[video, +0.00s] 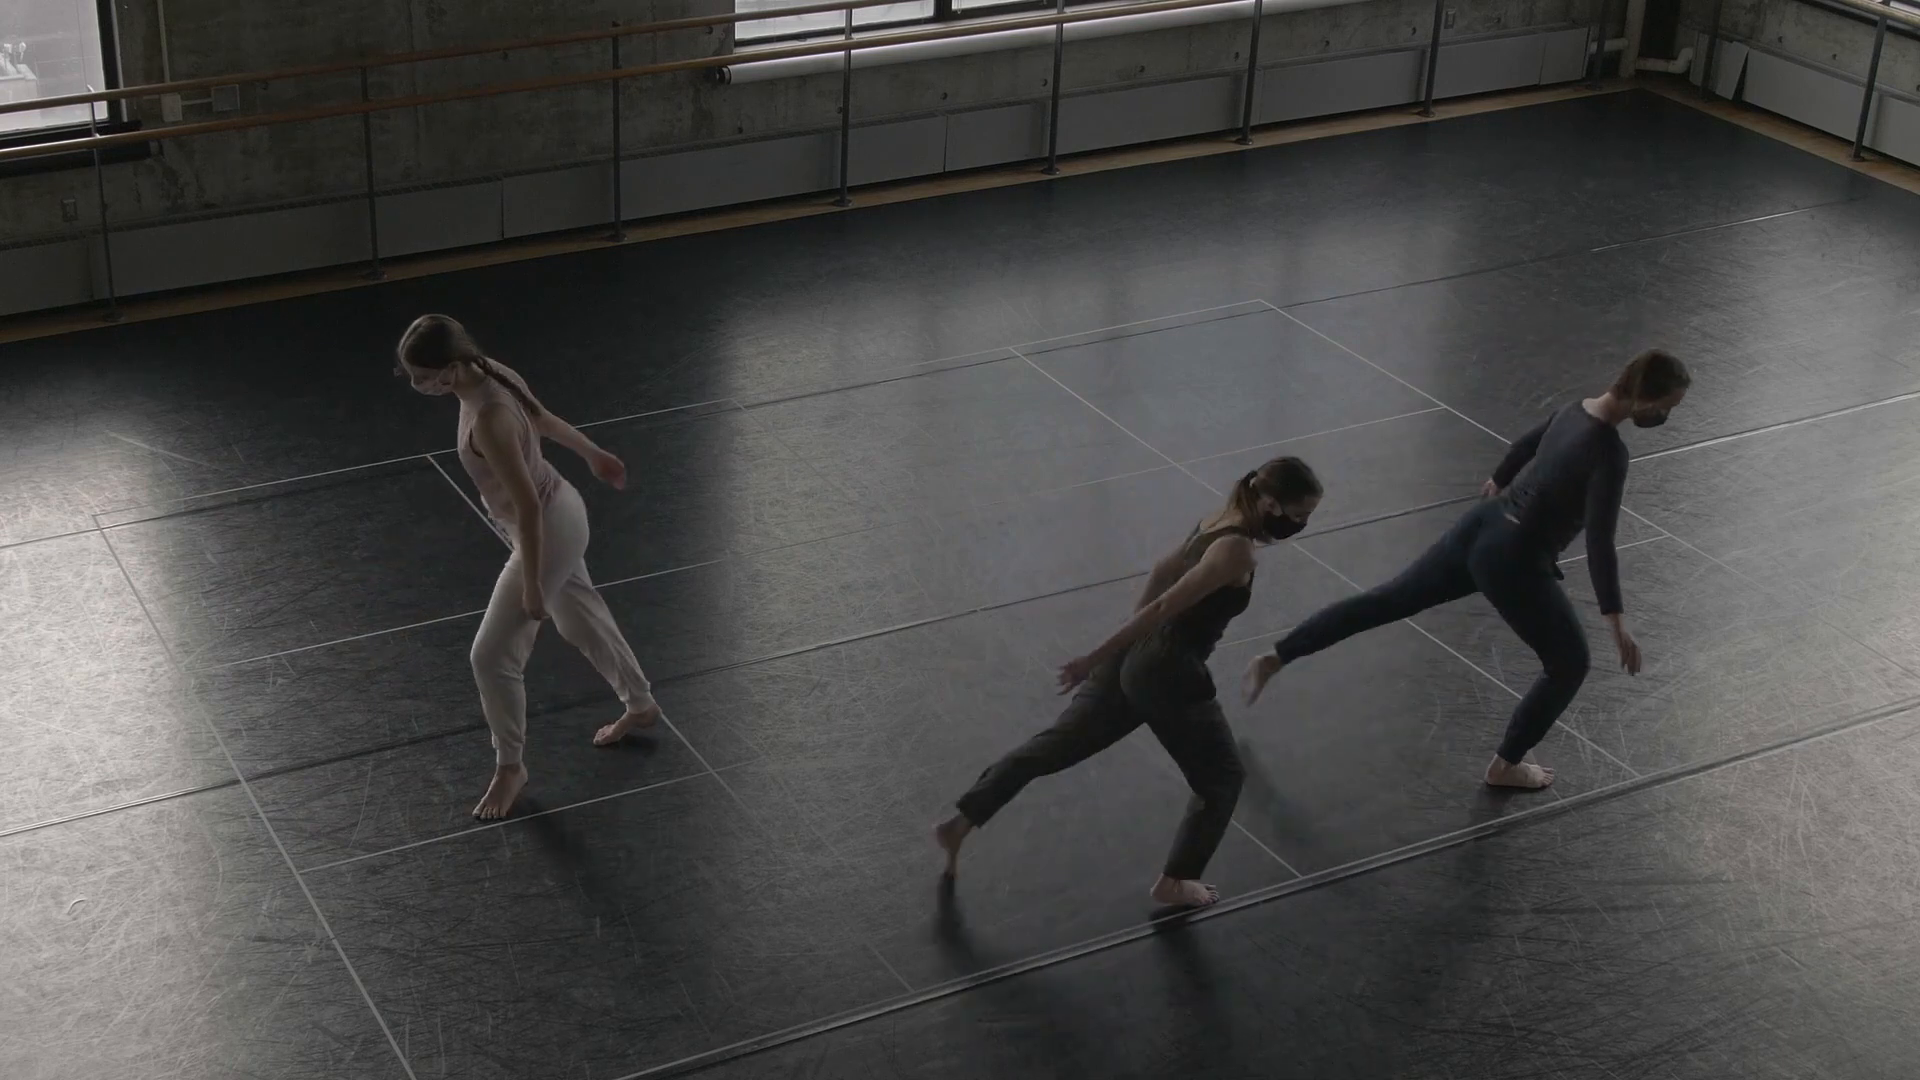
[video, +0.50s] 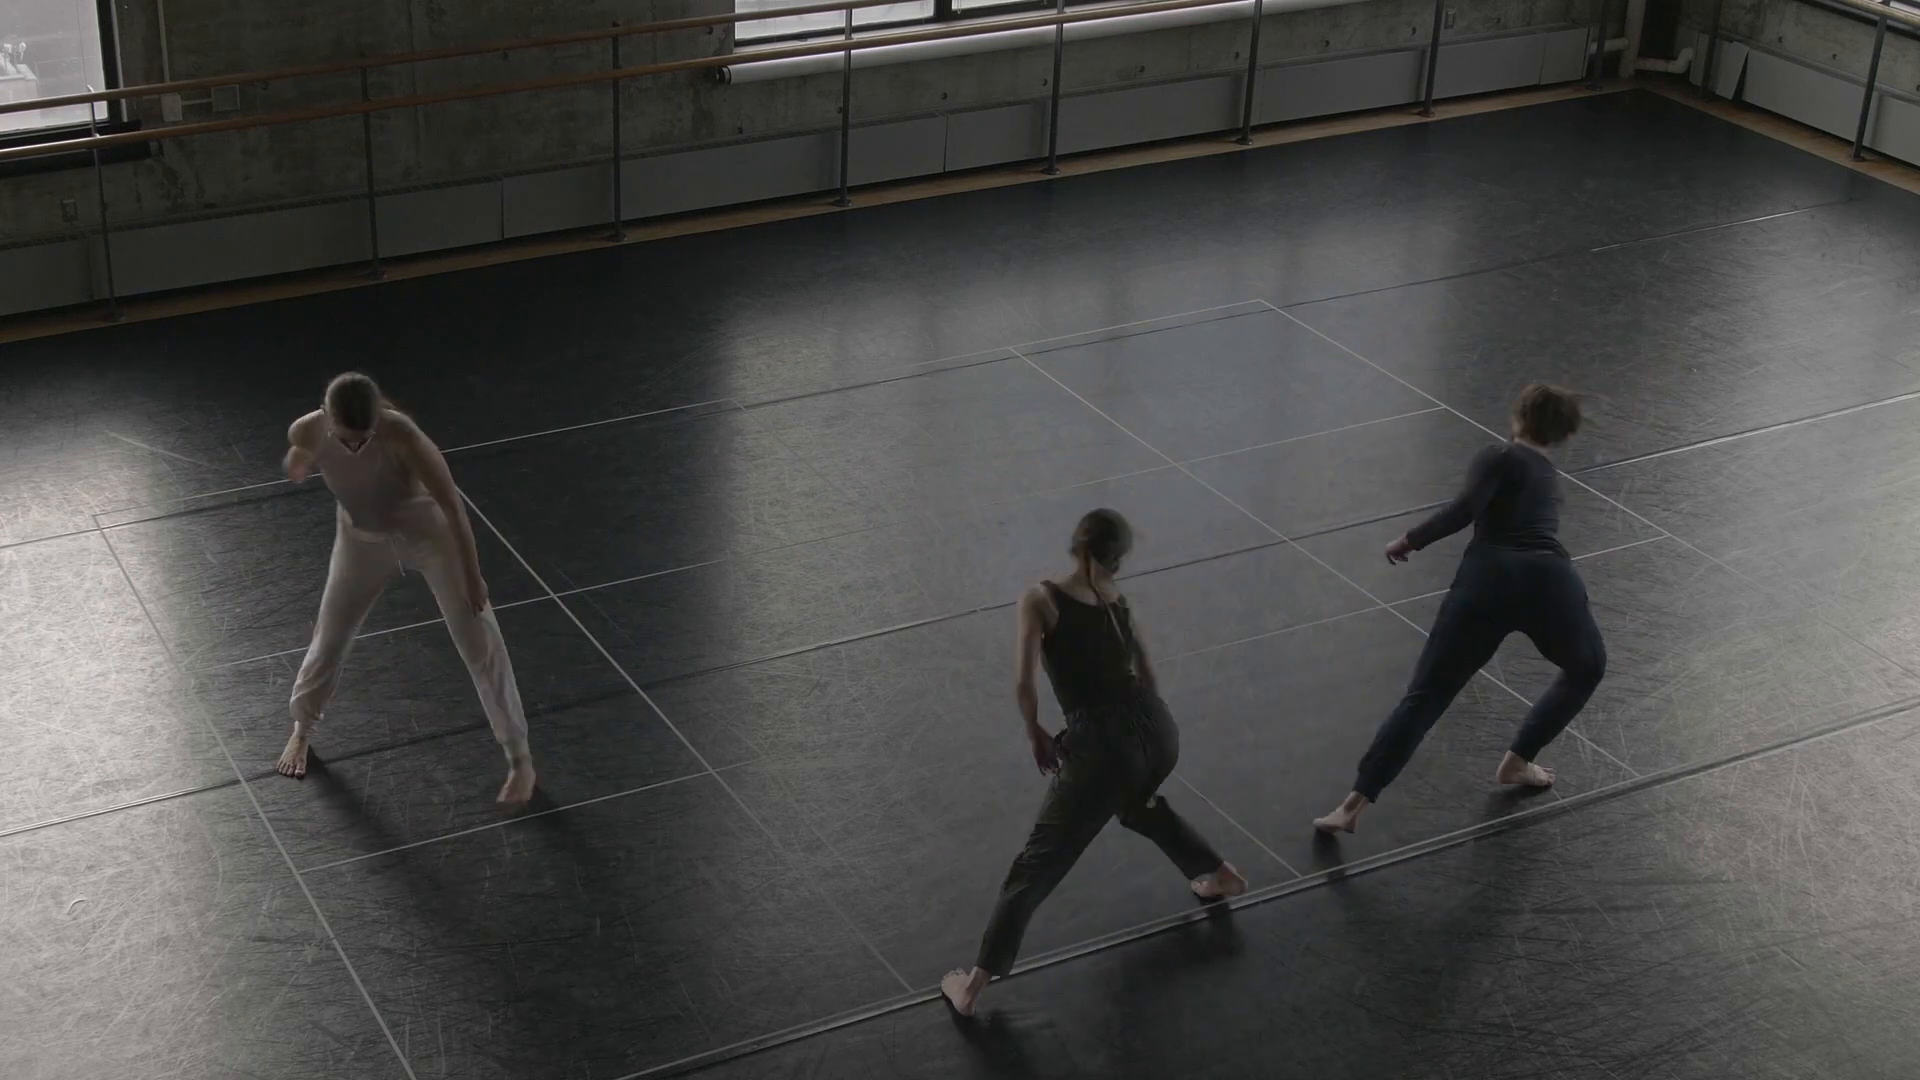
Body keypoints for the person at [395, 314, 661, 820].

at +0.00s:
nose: (422, 388)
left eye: (426, 378)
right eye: (416, 380)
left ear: (451, 365)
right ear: (452, 359)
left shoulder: (490, 422)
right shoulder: (489, 373)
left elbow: (527, 506)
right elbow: (540, 419)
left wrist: (531, 584)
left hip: (541, 535)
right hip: (558, 506)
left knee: (491, 655)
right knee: (582, 613)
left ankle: (510, 769)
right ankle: (640, 702)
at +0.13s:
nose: (402, 397)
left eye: (407, 389)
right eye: (398, 389)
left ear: (434, 378)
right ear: (436, 369)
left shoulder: (472, 434)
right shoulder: (473, 379)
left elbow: (507, 512)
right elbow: (532, 420)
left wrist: (511, 593)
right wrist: (596, 440)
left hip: (513, 549)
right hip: (482, 537)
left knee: (476, 674)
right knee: (501, 644)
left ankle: (508, 772)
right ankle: (594, 684)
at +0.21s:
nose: (391, 408)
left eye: (397, 401)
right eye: (386, 400)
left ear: (428, 387)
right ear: (427, 380)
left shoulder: (459, 441)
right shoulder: (455, 387)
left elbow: (497, 521)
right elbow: (511, 417)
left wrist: (500, 602)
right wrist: (568, 429)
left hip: (498, 556)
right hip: (461, 539)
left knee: (469, 678)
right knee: (425, 642)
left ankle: (509, 774)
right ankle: (514, 683)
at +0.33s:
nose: (372, 425)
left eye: (380, 418)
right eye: (366, 416)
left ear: (406, 400)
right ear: (361, 397)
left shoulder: (444, 444)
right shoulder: (397, 409)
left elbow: (485, 523)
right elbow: (429, 415)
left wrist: (490, 605)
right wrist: (470, 425)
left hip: (474, 562)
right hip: (427, 546)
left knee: (463, 684)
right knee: (374, 643)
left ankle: (507, 774)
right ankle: (372, 719)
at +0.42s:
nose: (364, 431)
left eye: (374, 424)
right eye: (356, 422)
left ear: (394, 407)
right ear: (345, 405)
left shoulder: (424, 434)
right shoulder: (340, 414)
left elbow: (473, 514)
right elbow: (373, 463)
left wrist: (485, 594)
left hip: (455, 552)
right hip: (395, 544)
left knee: (469, 677)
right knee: (351, 651)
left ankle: (509, 773)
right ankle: (302, 729)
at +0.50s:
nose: (356, 446)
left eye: (363, 439)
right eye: (347, 440)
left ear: (376, 418)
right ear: (328, 420)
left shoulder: (401, 433)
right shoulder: (307, 431)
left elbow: (451, 503)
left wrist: (472, 575)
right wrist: (297, 468)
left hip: (424, 530)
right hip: (359, 536)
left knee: (479, 645)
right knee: (327, 645)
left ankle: (520, 761)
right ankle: (299, 735)